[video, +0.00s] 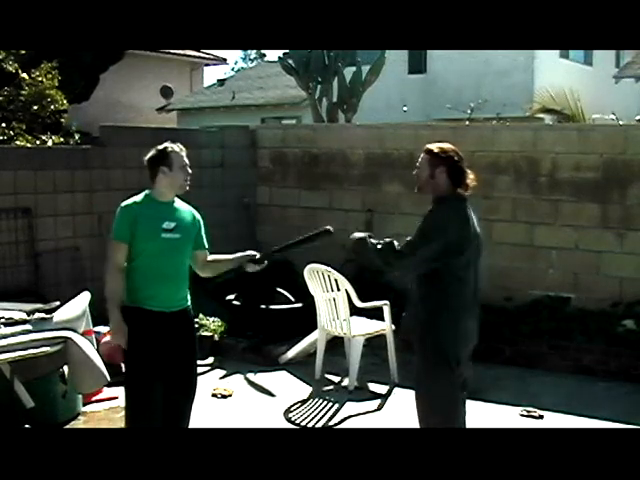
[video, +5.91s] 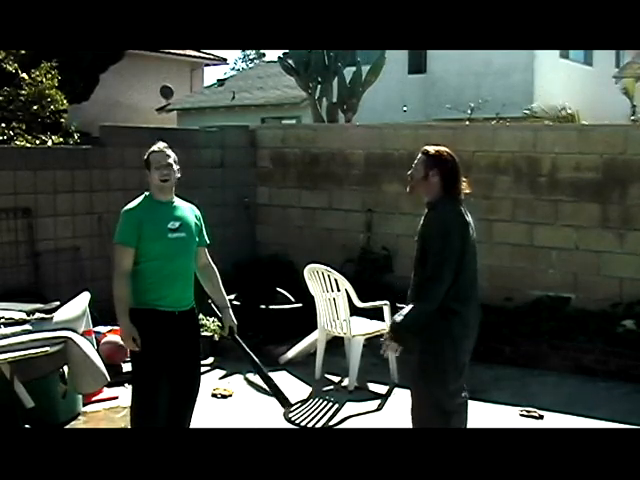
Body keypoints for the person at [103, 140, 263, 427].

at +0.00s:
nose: (190, 173)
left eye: (189, 167)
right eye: (184, 167)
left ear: (172, 172)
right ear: (163, 172)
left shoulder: (191, 216)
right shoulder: (131, 211)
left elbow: (203, 266)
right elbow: (116, 267)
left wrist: (240, 259)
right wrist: (115, 318)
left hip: (180, 320)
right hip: (142, 319)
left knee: (180, 400)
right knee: (144, 402)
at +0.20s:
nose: (189, 174)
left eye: (188, 168)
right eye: (183, 168)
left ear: (170, 174)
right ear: (163, 172)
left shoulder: (190, 216)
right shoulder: (130, 211)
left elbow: (206, 266)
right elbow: (116, 267)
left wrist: (238, 295)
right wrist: (122, 320)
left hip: (180, 320)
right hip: (142, 320)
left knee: (180, 400)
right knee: (143, 402)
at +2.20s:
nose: (205, 174)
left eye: (203, 168)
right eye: (199, 168)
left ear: (185, 175)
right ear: (180, 174)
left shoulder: (205, 219)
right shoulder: (146, 213)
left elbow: (216, 267)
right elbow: (131, 268)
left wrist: (251, 276)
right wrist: (129, 320)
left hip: (192, 320)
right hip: (156, 318)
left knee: (186, 398)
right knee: (153, 399)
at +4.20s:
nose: (195, 172)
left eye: (194, 166)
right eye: (188, 167)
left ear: (175, 173)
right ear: (169, 173)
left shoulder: (194, 218)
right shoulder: (138, 210)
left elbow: (208, 267)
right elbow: (122, 266)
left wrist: (244, 252)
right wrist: (121, 316)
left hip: (184, 319)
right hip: (148, 318)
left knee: (184, 392)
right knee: (149, 396)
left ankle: (176, 430)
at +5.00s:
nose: (194, 171)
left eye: (192, 165)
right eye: (187, 166)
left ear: (174, 173)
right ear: (168, 173)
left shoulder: (196, 216)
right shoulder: (139, 212)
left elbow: (207, 267)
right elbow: (125, 270)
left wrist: (243, 288)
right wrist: (129, 320)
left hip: (187, 318)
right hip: (152, 318)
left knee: (185, 395)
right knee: (151, 397)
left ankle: (177, 430)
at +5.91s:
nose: (165, 170)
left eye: (170, 165)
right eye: (158, 166)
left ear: (178, 171)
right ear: (148, 173)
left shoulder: (191, 213)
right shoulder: (133, 214)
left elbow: (204, 265)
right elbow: (122, 272)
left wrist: (225, 309)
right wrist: (124, 322)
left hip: (185, 319)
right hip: (148, 319)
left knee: (184, 398)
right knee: (151, 400)